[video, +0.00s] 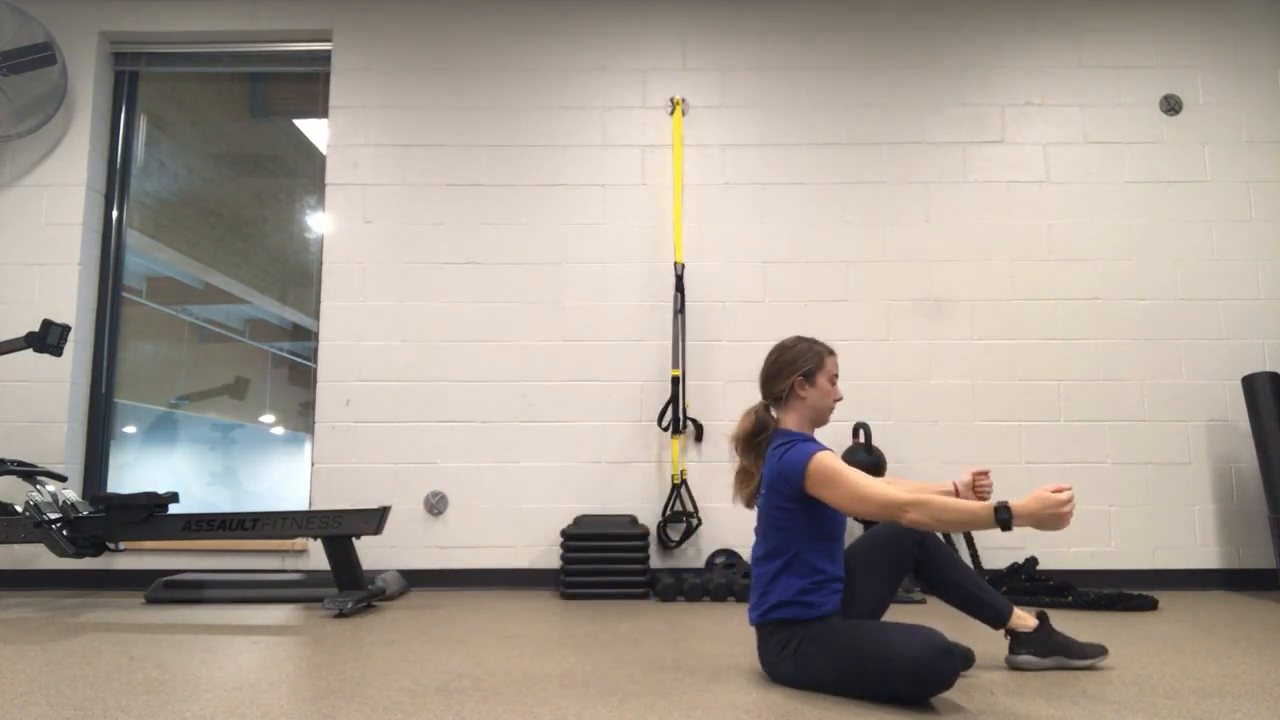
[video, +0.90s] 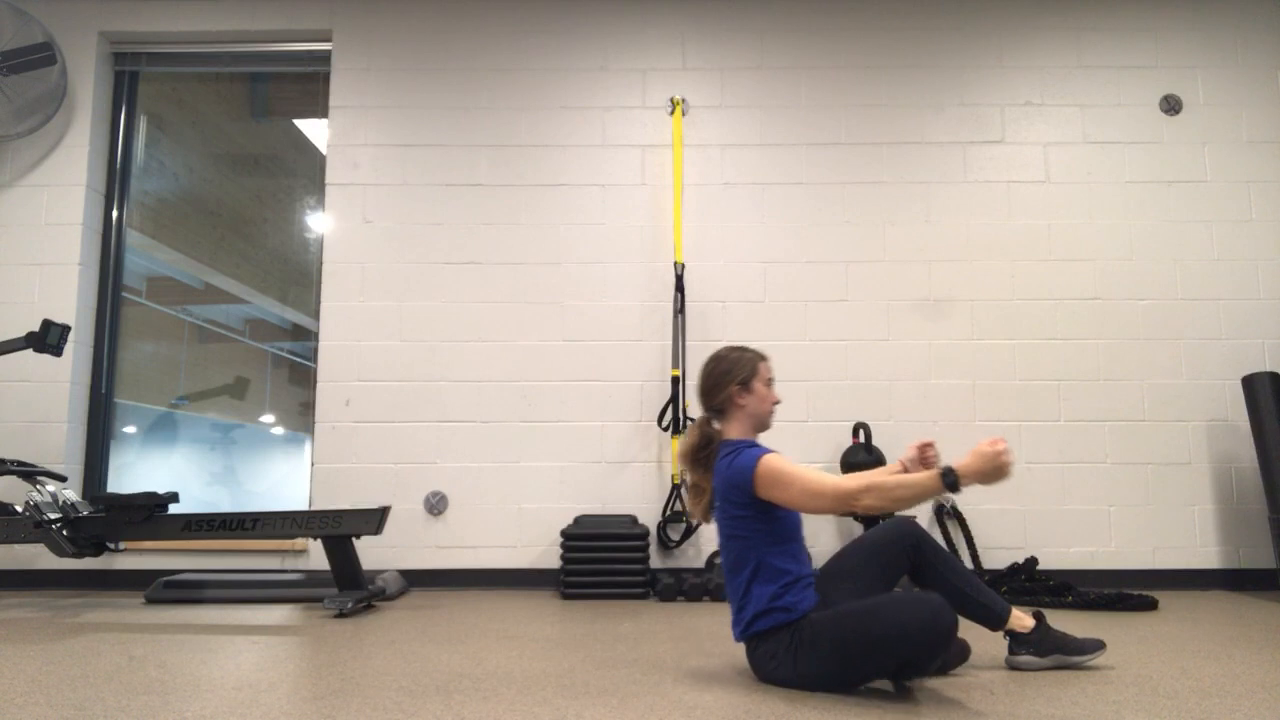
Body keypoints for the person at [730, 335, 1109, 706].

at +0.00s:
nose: (839, 393)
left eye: (836, 382)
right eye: (831, 382)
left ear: (796, 386)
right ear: (798, 386)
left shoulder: (798, 448)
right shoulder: (797, 457)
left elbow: (880, 495)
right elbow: (901, 508)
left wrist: (953, 491)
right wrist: (1015, 514)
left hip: (827, 610)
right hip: (796, 637)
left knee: (905, 535)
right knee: (938, 661)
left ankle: (1026, 629)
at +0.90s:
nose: (777, 397)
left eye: (773, 385)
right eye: (768, 386)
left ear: (738, 396)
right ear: (740, 394)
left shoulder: (742, 458)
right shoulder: (744, 462)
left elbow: (838, 496)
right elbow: (852, 498)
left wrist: (901, 473)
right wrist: (960, 475)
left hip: (800, 610)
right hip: (785, 642)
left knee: (903, 535)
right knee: (934, 616)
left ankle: (1022, 629)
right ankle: (908, 663)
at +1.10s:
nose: (727, 408)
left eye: (722, 397)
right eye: (717, 398)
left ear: (688, 412)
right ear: (688, 412)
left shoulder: (700, 471)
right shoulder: (701, 479)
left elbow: (794, 497)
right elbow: (809, 500)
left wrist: (846, 469)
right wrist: (908, 455)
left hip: (782, 611)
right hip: (774, 645)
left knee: (891, 529)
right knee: (912, 570)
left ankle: (1009, 624)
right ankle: (897, 650)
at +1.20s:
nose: (699, 416)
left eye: (693, 406)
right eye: (688, 408)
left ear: (661, 425)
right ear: (662, 424)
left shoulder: (678, 482)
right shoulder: (678, 491)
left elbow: (777, 504)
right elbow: (793, 511)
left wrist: (822, 463)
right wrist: (873, 455)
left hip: (772, 613)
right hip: (770, 647)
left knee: (873, 516)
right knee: (900, 550)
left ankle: (989, 613)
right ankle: (898, 645)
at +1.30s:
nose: (674, 428)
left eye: (667, 418)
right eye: (661, 421)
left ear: (638, 442)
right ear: (636, 442)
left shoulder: (661, 496)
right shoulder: (658, 507)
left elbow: (749, 524)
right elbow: (764, 531)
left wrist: (784, 471)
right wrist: (826, 462)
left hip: (763, 613)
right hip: (761, 648)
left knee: (851, 502)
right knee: (884, 539)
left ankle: (975, 594)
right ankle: (897, 643)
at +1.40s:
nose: (644, 446)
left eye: (637, 436)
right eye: (631, 440)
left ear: (607, 463)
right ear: (607, 459)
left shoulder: (631, 518)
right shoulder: (634, 526)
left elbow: (727, 551)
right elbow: (746, 561)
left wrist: (743, 484)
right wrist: (775, 481)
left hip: (756, 616)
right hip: (757, 648)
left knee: (834, 493)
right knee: (866, 529)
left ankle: (964, 567)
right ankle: (904, 641)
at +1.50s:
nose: (617, 467)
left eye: (609, 459)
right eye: (605, 463)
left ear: (582, 485)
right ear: (581, 484)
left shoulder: (608, 535)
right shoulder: (613, 547)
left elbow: (705, 579)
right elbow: (720, 588)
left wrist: (706, 510)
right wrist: (723, 506)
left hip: (741, 624)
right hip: (750, 649)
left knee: (811, 482)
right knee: (842, 508)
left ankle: (950, 537)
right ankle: (921, 624)